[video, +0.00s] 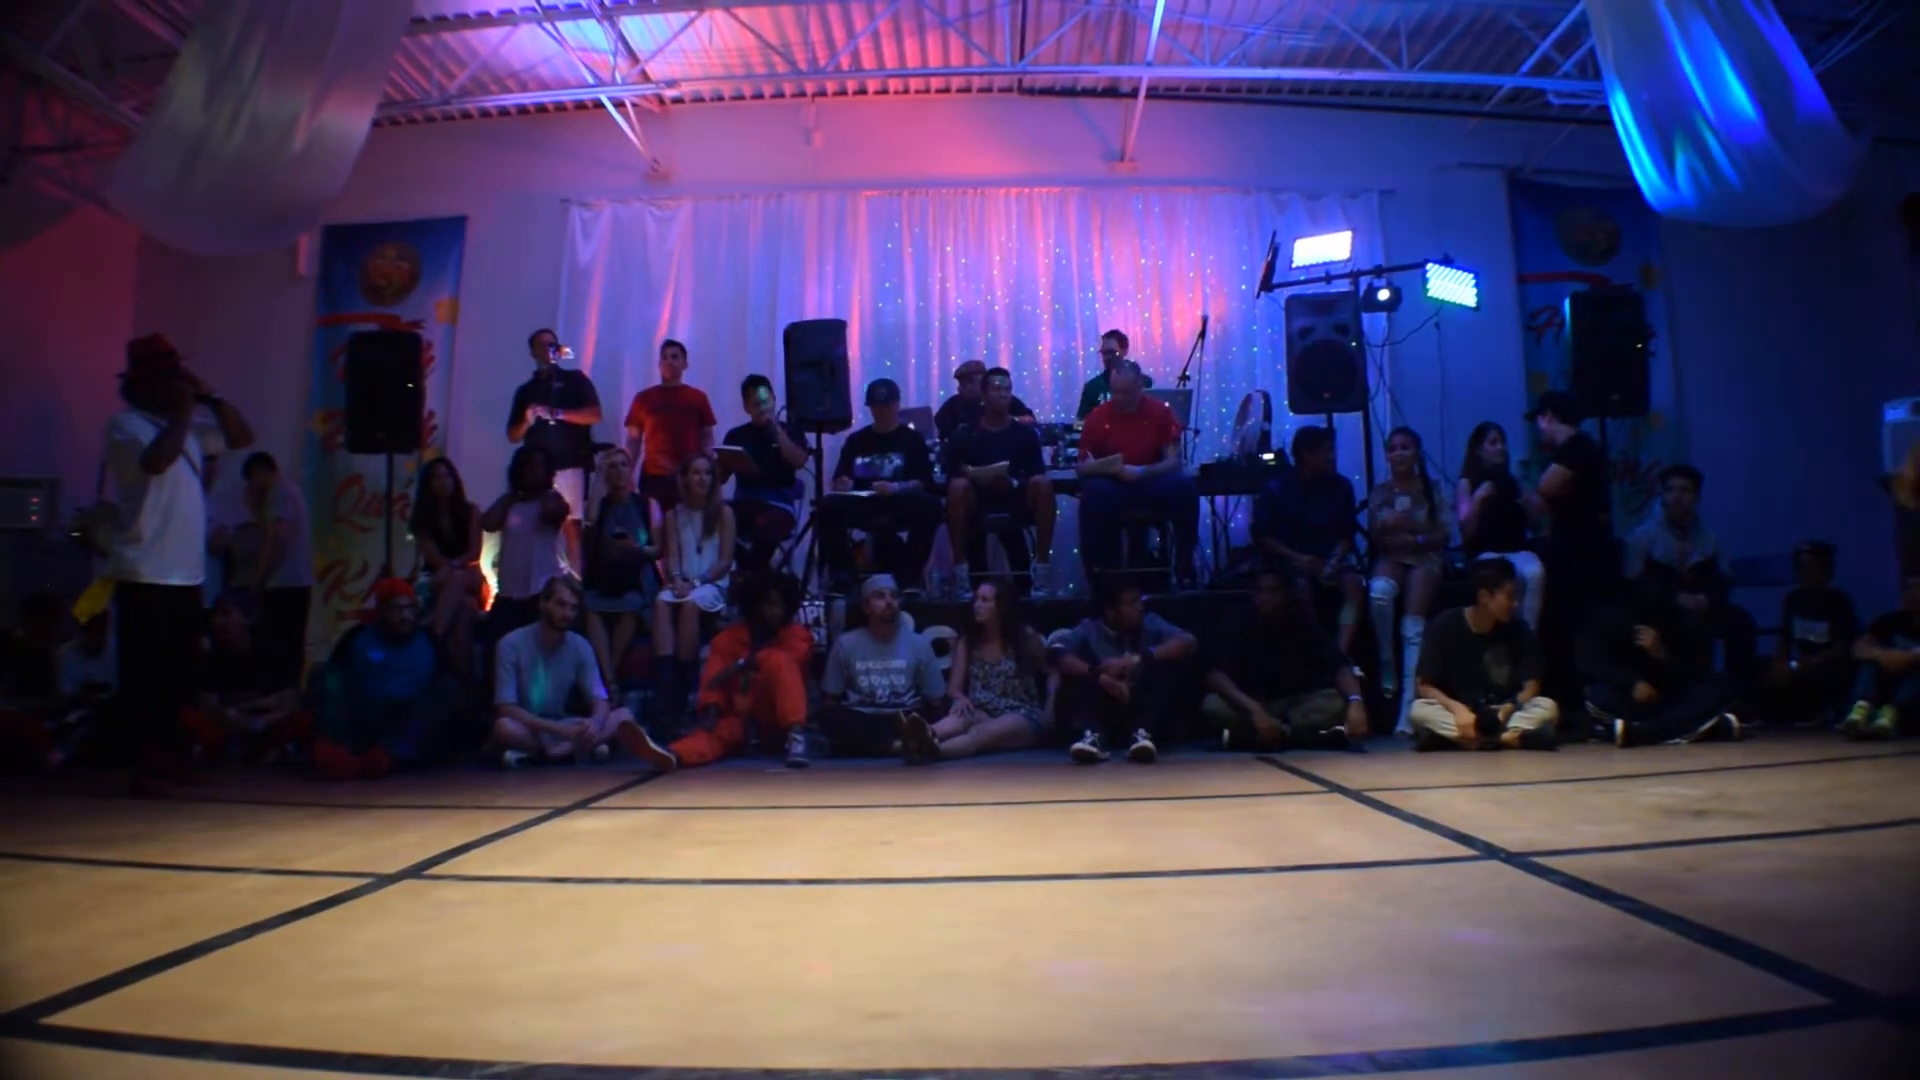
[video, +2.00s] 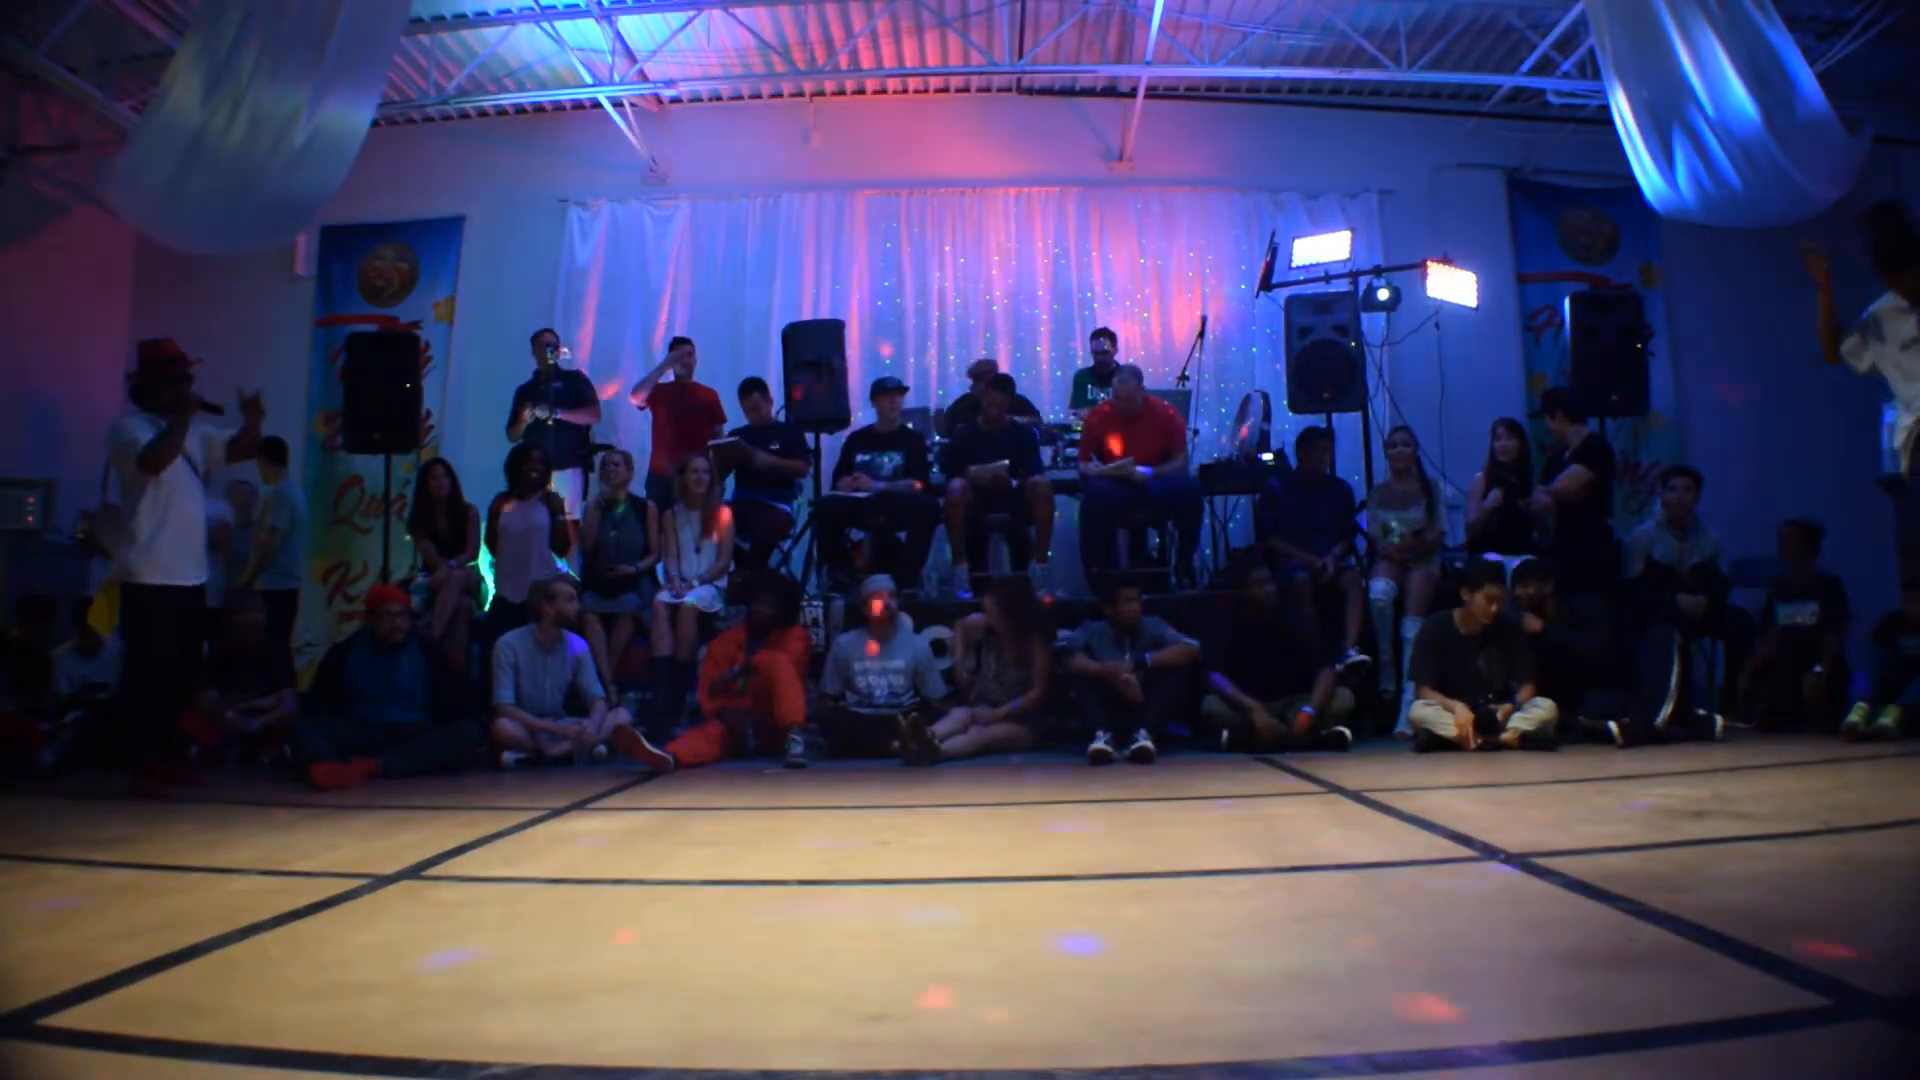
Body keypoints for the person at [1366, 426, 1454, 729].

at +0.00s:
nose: (1398, 454)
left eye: (1404, 448)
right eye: (1393, 449)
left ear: (1417, 453)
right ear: (1386, 455)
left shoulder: (1433, 489)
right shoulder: (1379, 493)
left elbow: (1443, 534)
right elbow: (1375, 536)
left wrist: (1403, 537)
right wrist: (1393, 523)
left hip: (1423, 555)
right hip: (1390, 556)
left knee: (1413, 628)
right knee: (1379, 595)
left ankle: (1408, 710)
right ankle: (1387, 667)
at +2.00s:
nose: (1399, 451)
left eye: (1405, 445)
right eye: (1393, 446)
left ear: (1415, 451)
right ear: (1386, 453)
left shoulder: (1430, 488)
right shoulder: (1378, 493)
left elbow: (1438, 529)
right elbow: (1373, 533)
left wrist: (1414, 544)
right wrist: (1389, 549)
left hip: (1420, 558)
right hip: (1388, 558)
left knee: (1412, 628)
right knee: (1379, 596)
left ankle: (1408, 696)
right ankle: (1386, 668)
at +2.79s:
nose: (1403, 450)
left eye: (1409, 445)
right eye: (1396, 445)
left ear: (1418, 451)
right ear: (1387, 452)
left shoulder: (1431, 489)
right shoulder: (1378, 492)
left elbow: (1439, 528)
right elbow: (1374, 530)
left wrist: (1416, 543)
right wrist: (1396, 545)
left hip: (1421, 556)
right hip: (1388, 555)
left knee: (1413, 630)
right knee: (1378, 599)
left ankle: (1408, 707)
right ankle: (1386, 672)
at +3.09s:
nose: (1403, 451)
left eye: (1408, 445)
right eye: (1396, 446)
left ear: (1415, 451)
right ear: (1386, 452)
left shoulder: (1428, 489)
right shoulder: (1376, 492)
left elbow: (1437, 526)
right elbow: (1369, 529)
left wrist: (1419, 543)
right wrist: (1386, 544)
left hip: (1418, 554)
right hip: (1387, 553)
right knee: (1377, 598)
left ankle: (1408, 679)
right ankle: (1384, 669)